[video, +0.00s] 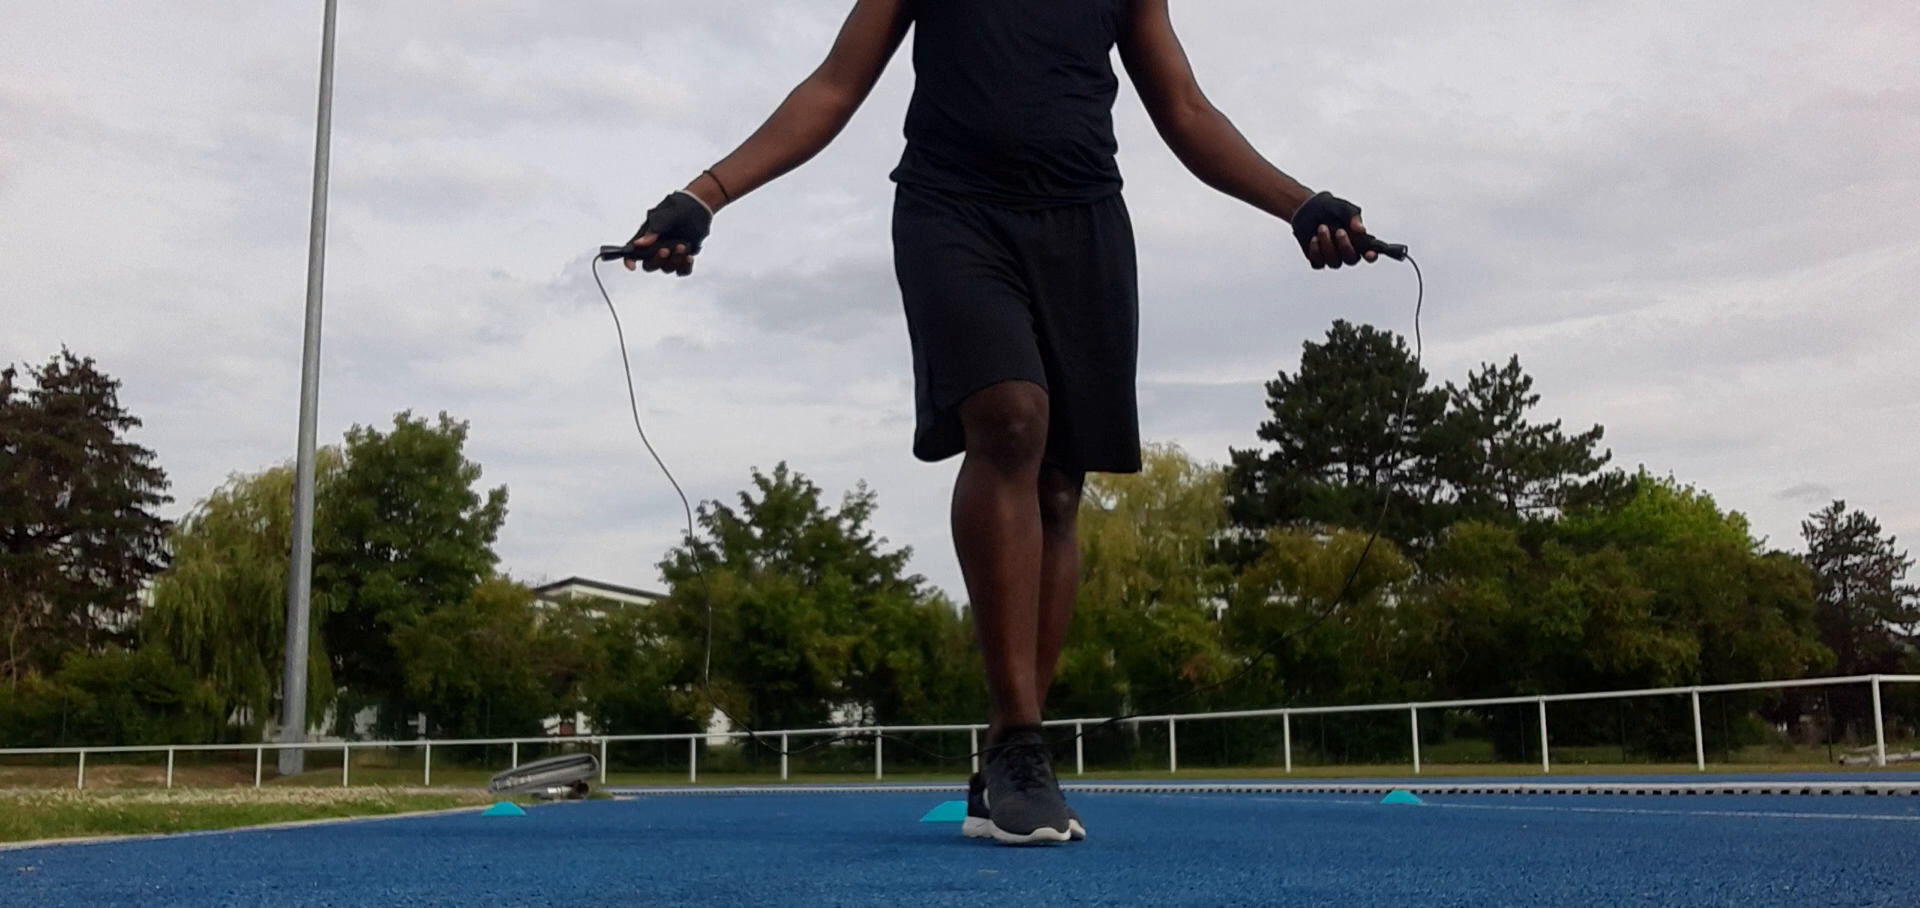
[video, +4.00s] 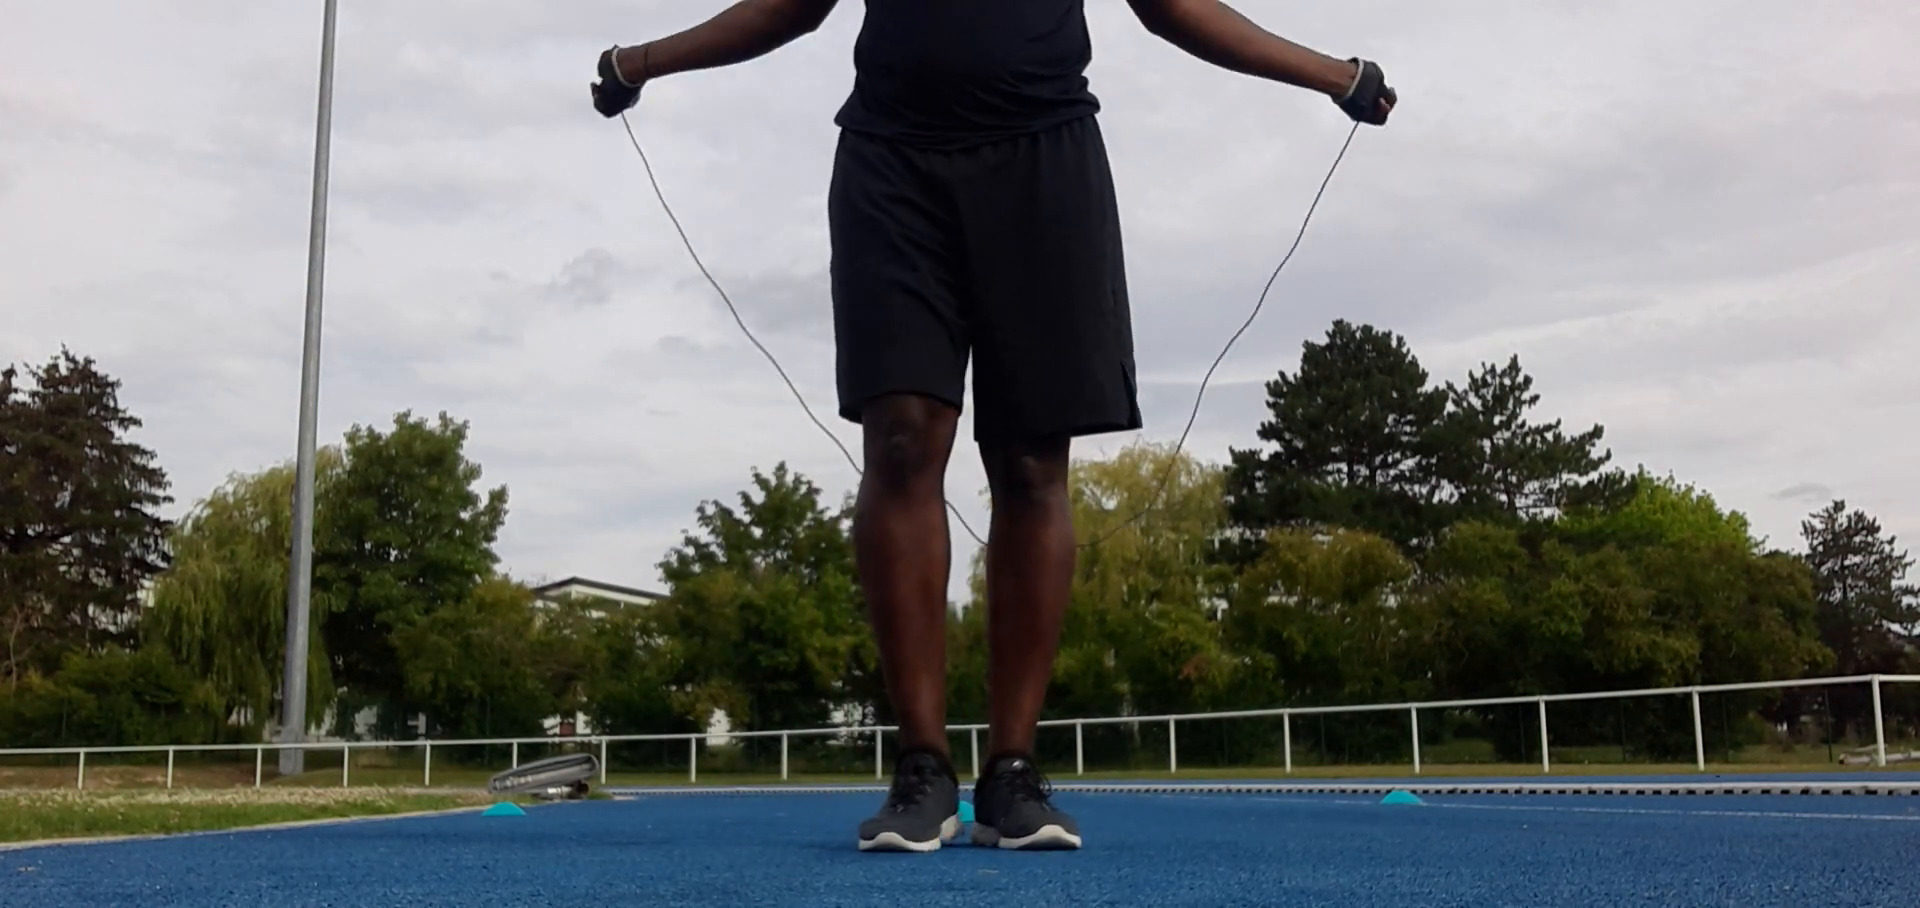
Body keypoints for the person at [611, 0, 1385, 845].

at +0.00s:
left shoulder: (1128, 1)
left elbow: (1186, 111)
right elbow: (834, 86)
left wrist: (1300, 203)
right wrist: (704, 192)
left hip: (1082, 216)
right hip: (952, 210)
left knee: (1057, 490)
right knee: (1012, 417)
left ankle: (1012, 758)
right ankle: (1020, 746)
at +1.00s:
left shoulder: (1106, 13)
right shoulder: (907, 7)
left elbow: (1141, 153)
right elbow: (823, 101)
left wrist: (1279, 183)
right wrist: (690, 115)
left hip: (1053, 235)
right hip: (926, 228)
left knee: (1037, 495)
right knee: (963, 453)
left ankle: (1010, 769)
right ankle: (955, 761)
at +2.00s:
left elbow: (1046, 97)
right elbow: (736, 100)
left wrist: (1181, 211)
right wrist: (624, 220)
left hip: (979, 216)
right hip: (838, 219)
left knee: (1000, 450)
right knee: (843, 486)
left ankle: (999, 721)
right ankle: (871, 771)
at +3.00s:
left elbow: (1107, 79)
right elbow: (770, 44)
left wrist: (1259, 157)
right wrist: (613, 108)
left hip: (1021, 188)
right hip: (873, 187)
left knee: (1025, 468)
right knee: (884, 466)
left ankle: (1011, 769)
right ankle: (877, 762)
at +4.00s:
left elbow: (1173, 6)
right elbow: (793, 7)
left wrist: (1326, 70)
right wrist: (648, 57)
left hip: (1042, 150)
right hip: (893, 153)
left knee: (1032, 462)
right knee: (902, 442)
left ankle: (1012, 778)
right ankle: (920, 772)